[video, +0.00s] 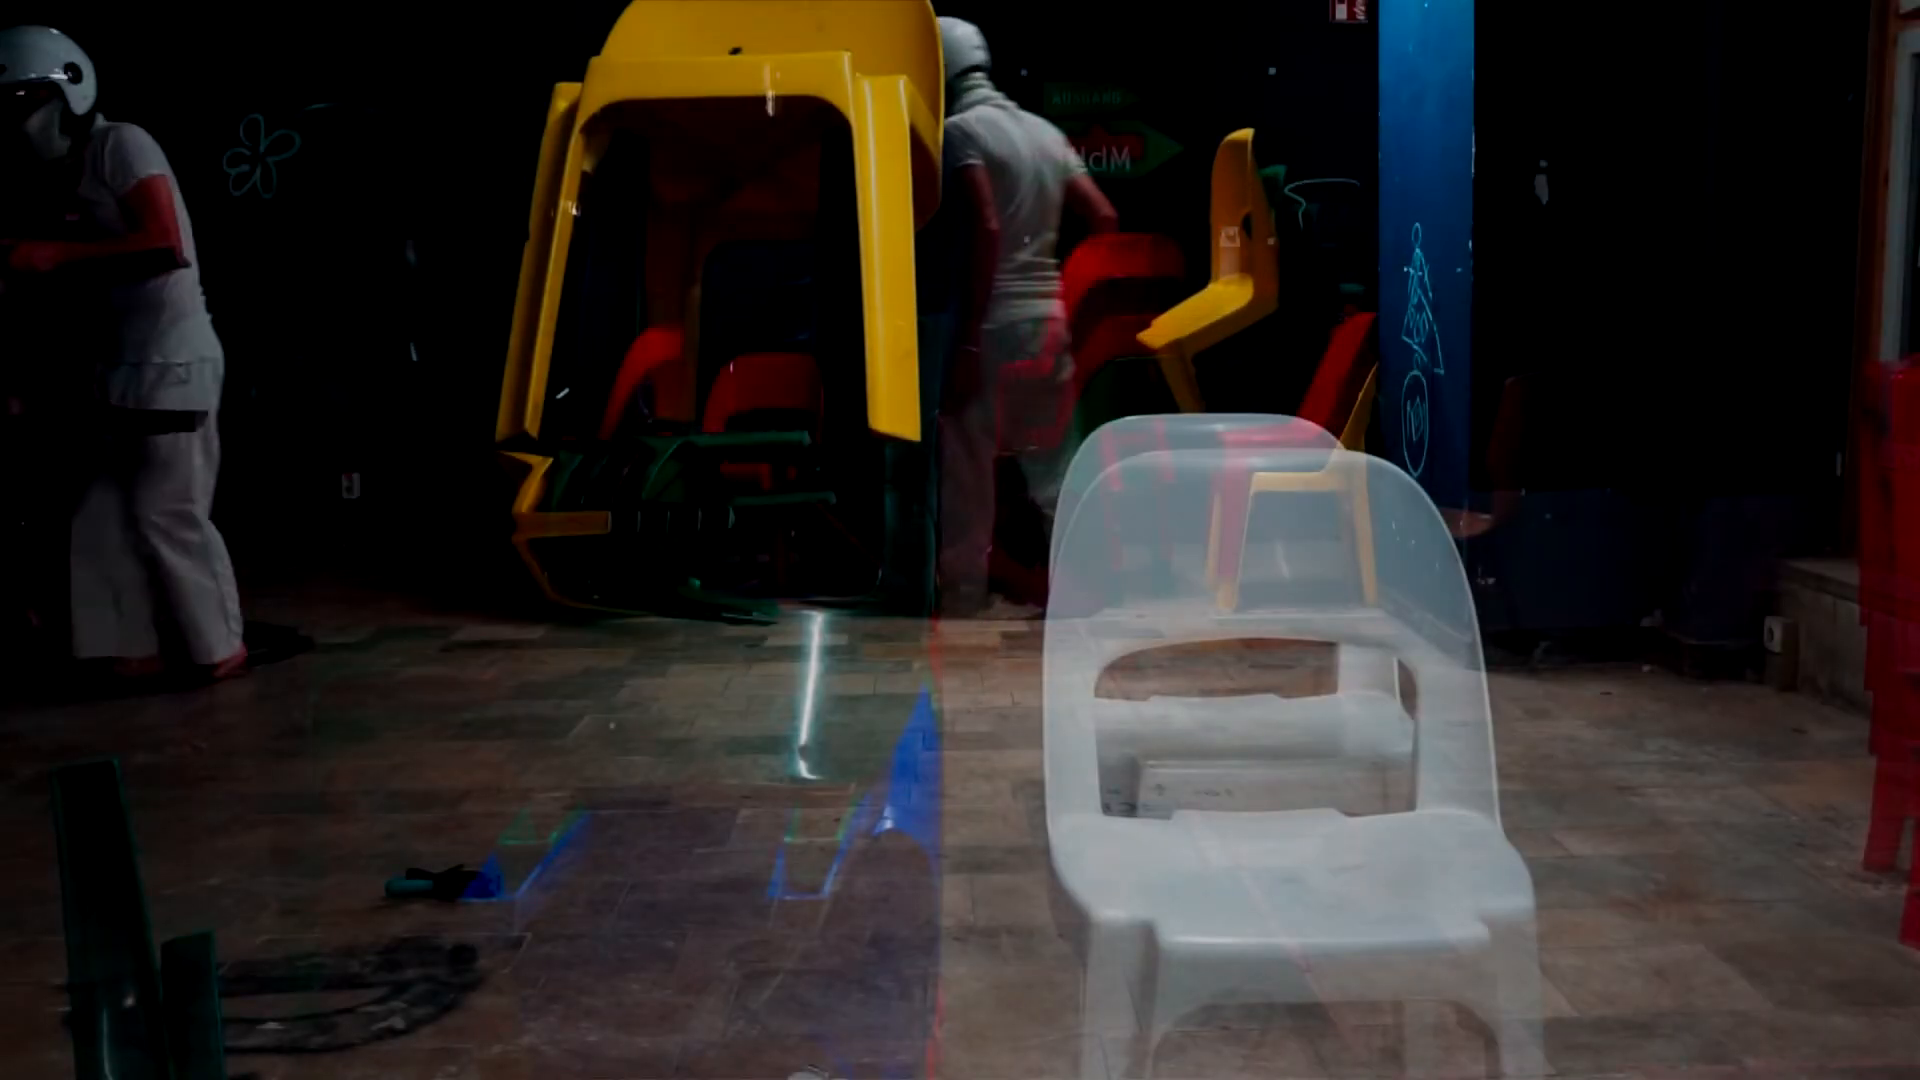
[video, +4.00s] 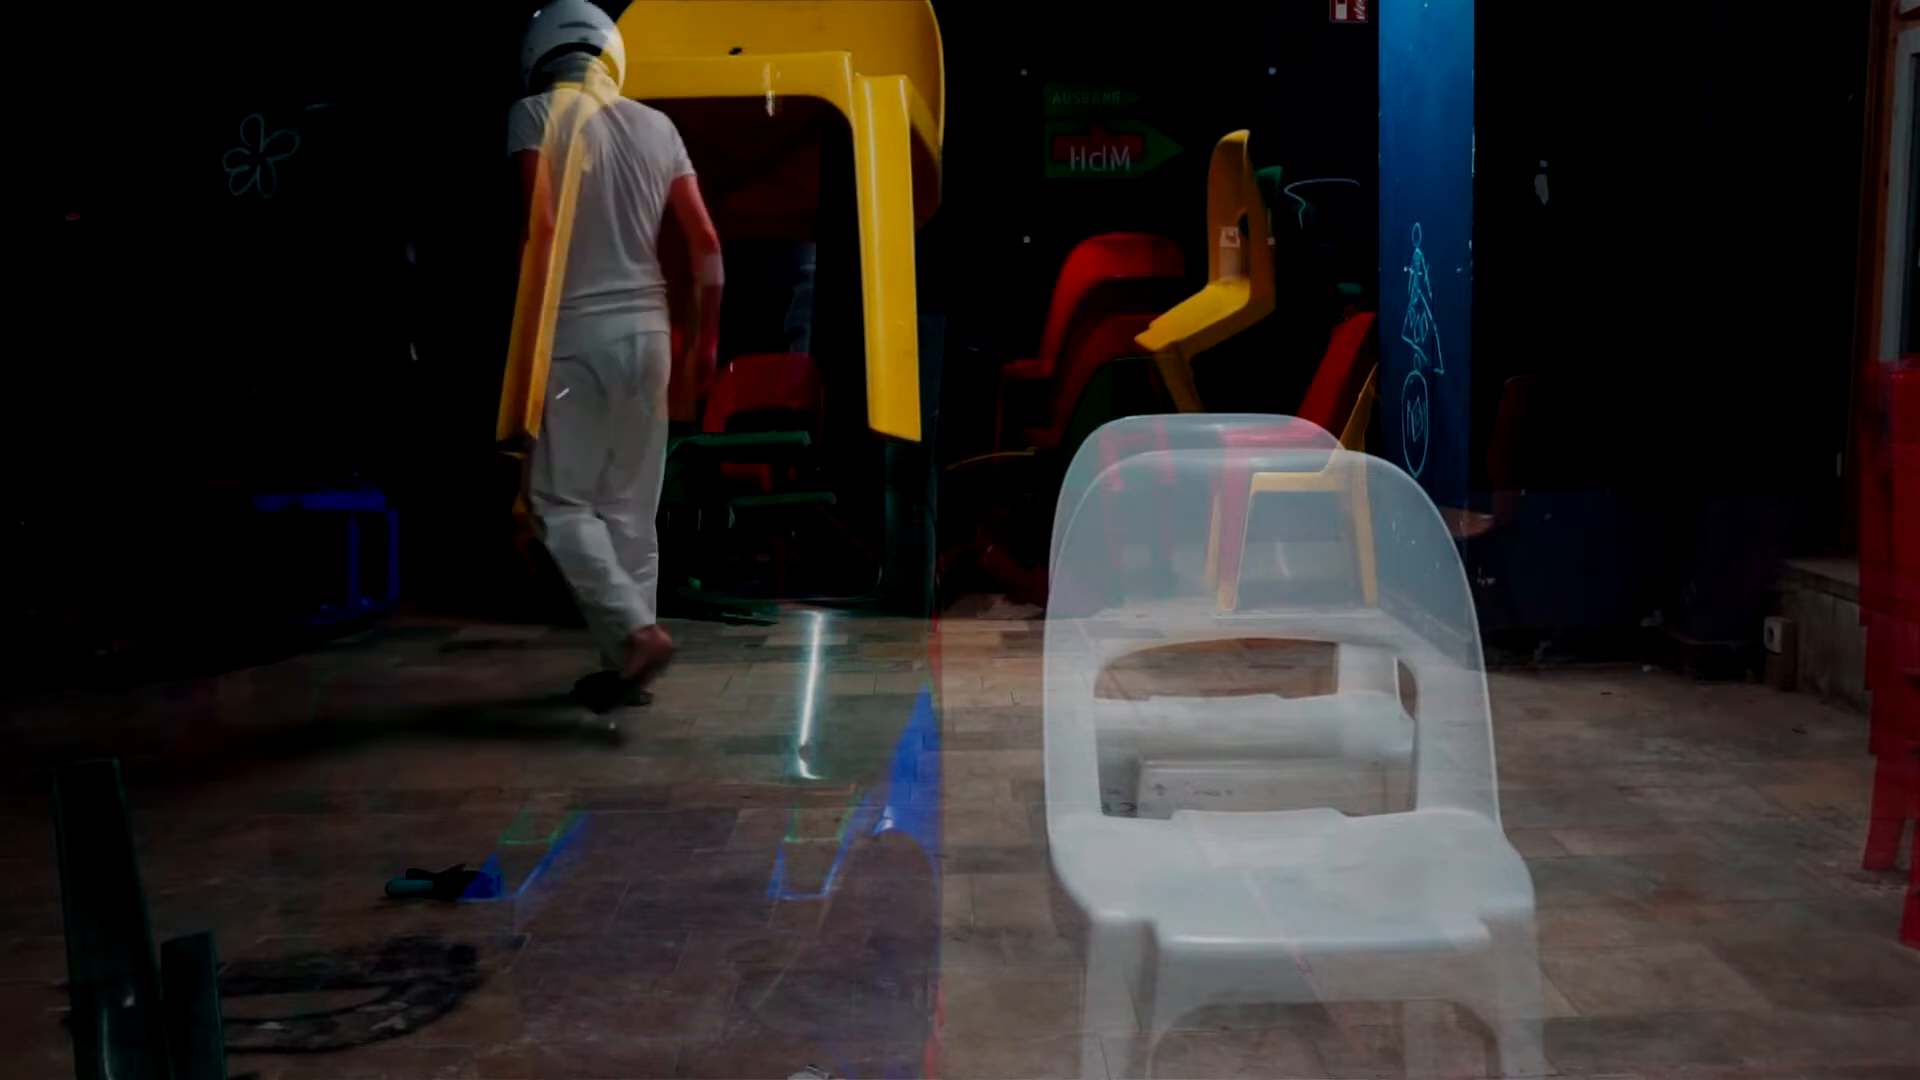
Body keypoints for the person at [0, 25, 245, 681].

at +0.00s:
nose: (23, 118)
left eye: (33, 98)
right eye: (15, 103)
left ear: (71, 90)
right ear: (19, 101)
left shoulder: (123, 145)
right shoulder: (58, 173)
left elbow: (165, 241)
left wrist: (60, 254)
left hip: (175, 359)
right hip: (115, 362)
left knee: (169, 507)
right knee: (107, 509)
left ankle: (221, 651)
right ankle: (130, 654)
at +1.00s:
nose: (182, 245)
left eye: (177, 233)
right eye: (175, 236)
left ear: (186, 215)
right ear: (216, 199)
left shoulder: (226, 218)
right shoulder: (260, 215)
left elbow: (279, 300)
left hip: (380, 322)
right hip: (407, 316)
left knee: (402, 474)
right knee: (395, 475)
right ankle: (406, 619)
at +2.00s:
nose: (231, 318)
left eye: (225, 309)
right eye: (226, 312)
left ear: (227, 289)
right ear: (245, 280)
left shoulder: (250, 276)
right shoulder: (306, 276)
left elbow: (263, 372)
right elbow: (373, 370)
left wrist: (255, 438)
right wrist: (369, 443)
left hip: (414, 331)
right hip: (440, 327)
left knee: (476, 463)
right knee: (402, 471)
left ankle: (579, 585)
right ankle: (409, 619)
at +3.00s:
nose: (353, 142)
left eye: (352, 132)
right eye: (351, 133)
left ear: (364, 120)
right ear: (402, 108)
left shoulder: (386, 145)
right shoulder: (466, 159)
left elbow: (387, 260)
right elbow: (520, 261)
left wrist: (360, 332)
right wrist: (513, 344)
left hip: (439, 343)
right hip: (490, 340)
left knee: (445, 494)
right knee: (450, 486)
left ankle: (495, 637)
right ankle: (447, 625)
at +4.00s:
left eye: (539, 65)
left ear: (541, 61)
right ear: (610, 58)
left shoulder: (534, 116)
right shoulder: (656, 126)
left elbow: (539, 227)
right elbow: (705, 252)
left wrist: (523, 336)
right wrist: (704, 344)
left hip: (571, 338)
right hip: (648, 334)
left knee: (562, 498)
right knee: (633, 499)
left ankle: (635, 631)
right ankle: (626, 665)